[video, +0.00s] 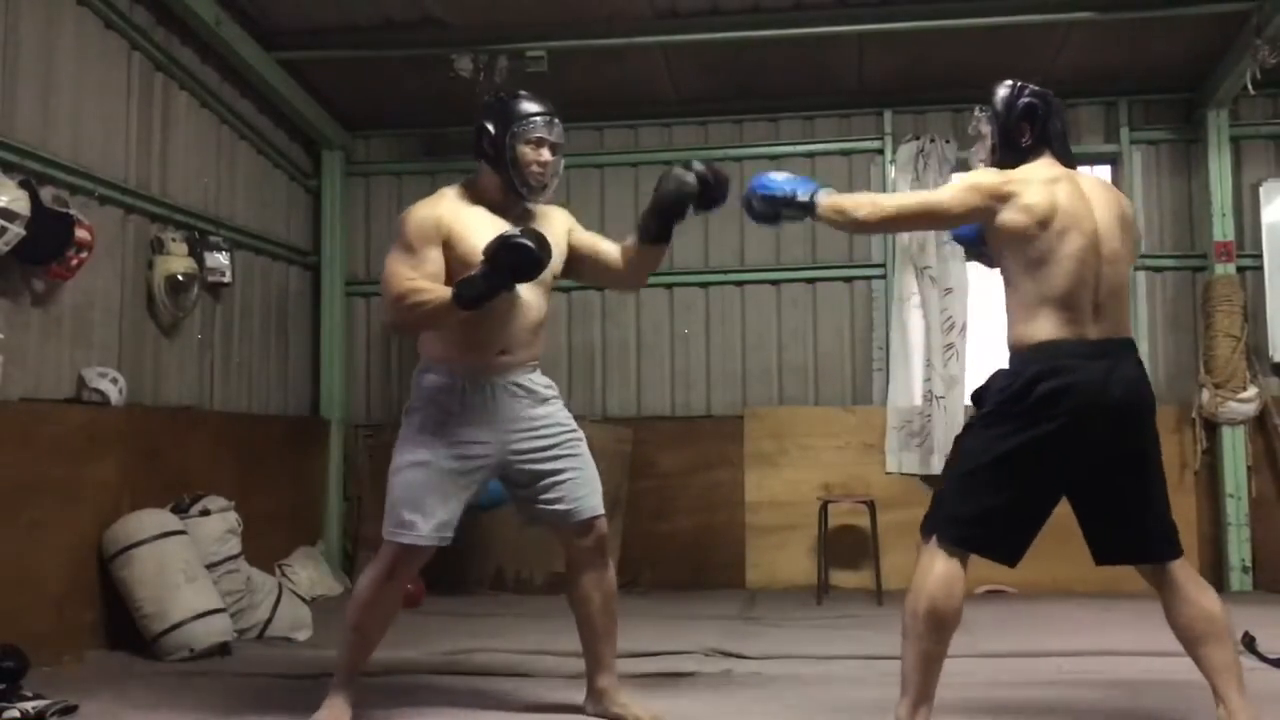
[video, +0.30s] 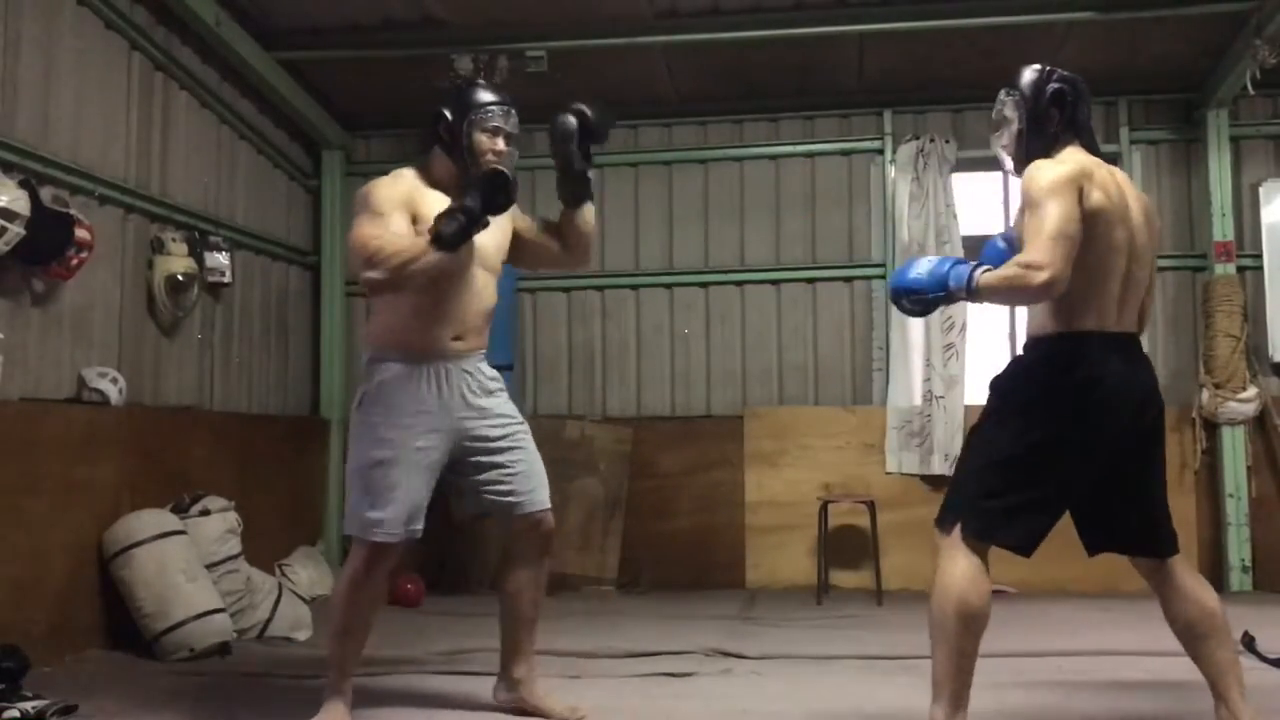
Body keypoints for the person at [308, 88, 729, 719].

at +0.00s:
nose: (548, 158)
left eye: (554, 147)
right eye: (534, 144)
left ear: (559, 155)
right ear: (494, 145)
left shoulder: (554, 224)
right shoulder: (434, 215)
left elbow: (629, 269)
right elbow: (402, 307)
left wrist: (661, 216)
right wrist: (482, 284)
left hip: (529, 395)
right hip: (447, 399)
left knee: (592, 530)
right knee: (404, 548)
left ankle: (604, 687)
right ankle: (340, 690)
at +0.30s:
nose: (503, 149)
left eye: (510, 139)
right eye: (491, 135)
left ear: (511, 146)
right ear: (450, 133)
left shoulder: (500, 217)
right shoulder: (393, 192)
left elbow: (574, 254)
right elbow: (369, 263)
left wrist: (574, 173)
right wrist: (454, 229)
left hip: (477, 383)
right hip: (401, 386)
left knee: (533, 521)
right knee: (378, 544)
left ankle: (518, 680)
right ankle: (337, 693)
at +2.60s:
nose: (557, 145)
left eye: (565, 134)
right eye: (546, 129)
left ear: (561, 144)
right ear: (507, 124)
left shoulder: (556, 218)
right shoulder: (453, 186)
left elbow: (626, 277)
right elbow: (446, 256)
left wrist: (673, 207)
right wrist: (527, 194)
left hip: (536, 394)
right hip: (457, 394)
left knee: (615, 534)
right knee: (463, 560)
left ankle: (592, 696)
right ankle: (397, 707)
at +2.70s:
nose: (567, 122)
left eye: (571, 109)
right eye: (554, 106)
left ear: (566, 116)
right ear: (507, 104)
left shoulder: (542, 200)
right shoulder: (444, 170)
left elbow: (593, 288)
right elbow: (443, 263)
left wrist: (652, 248)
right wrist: (533, 199)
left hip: (540, 377)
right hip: (460, 383)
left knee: (623, 515)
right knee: (446, 558)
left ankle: (607, 677)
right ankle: (394, 707)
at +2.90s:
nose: (578, 117)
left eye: (582, 104)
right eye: (564, 100)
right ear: (516, 99)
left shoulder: (550, 199)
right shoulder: (452, 167)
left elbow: (601, 285)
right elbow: (413, 251)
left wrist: (661, 242)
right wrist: (510, 220)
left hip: (553, 378)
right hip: (471, 384)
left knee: (612, 537)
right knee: (448, 563)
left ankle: (639, 703)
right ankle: (398, 707)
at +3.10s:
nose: (600, 116)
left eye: (606, 104)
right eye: (588, 98)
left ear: (598, 113)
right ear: (541, 94)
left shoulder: (574, 191)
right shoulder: (471, 165)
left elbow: (648, 251)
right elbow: (438, 262)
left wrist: (684, 177)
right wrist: (537, 229)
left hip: (569, 375)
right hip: (486, 379)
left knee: (626, 527)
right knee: (457, 554)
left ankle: (646, 701)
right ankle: (401, 704)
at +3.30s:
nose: (604, 130)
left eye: (609, 118)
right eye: (592, 111)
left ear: (603, 125)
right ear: (546, 107)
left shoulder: (576, 198)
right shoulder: (472, 177)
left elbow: (652, 259)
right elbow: (431, 278)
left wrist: (680, 183)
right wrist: (530, 248)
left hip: (569, 380)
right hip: (490, 386)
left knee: (631, 533)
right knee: (467, 562)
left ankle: (644, 703)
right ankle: (403, 708)